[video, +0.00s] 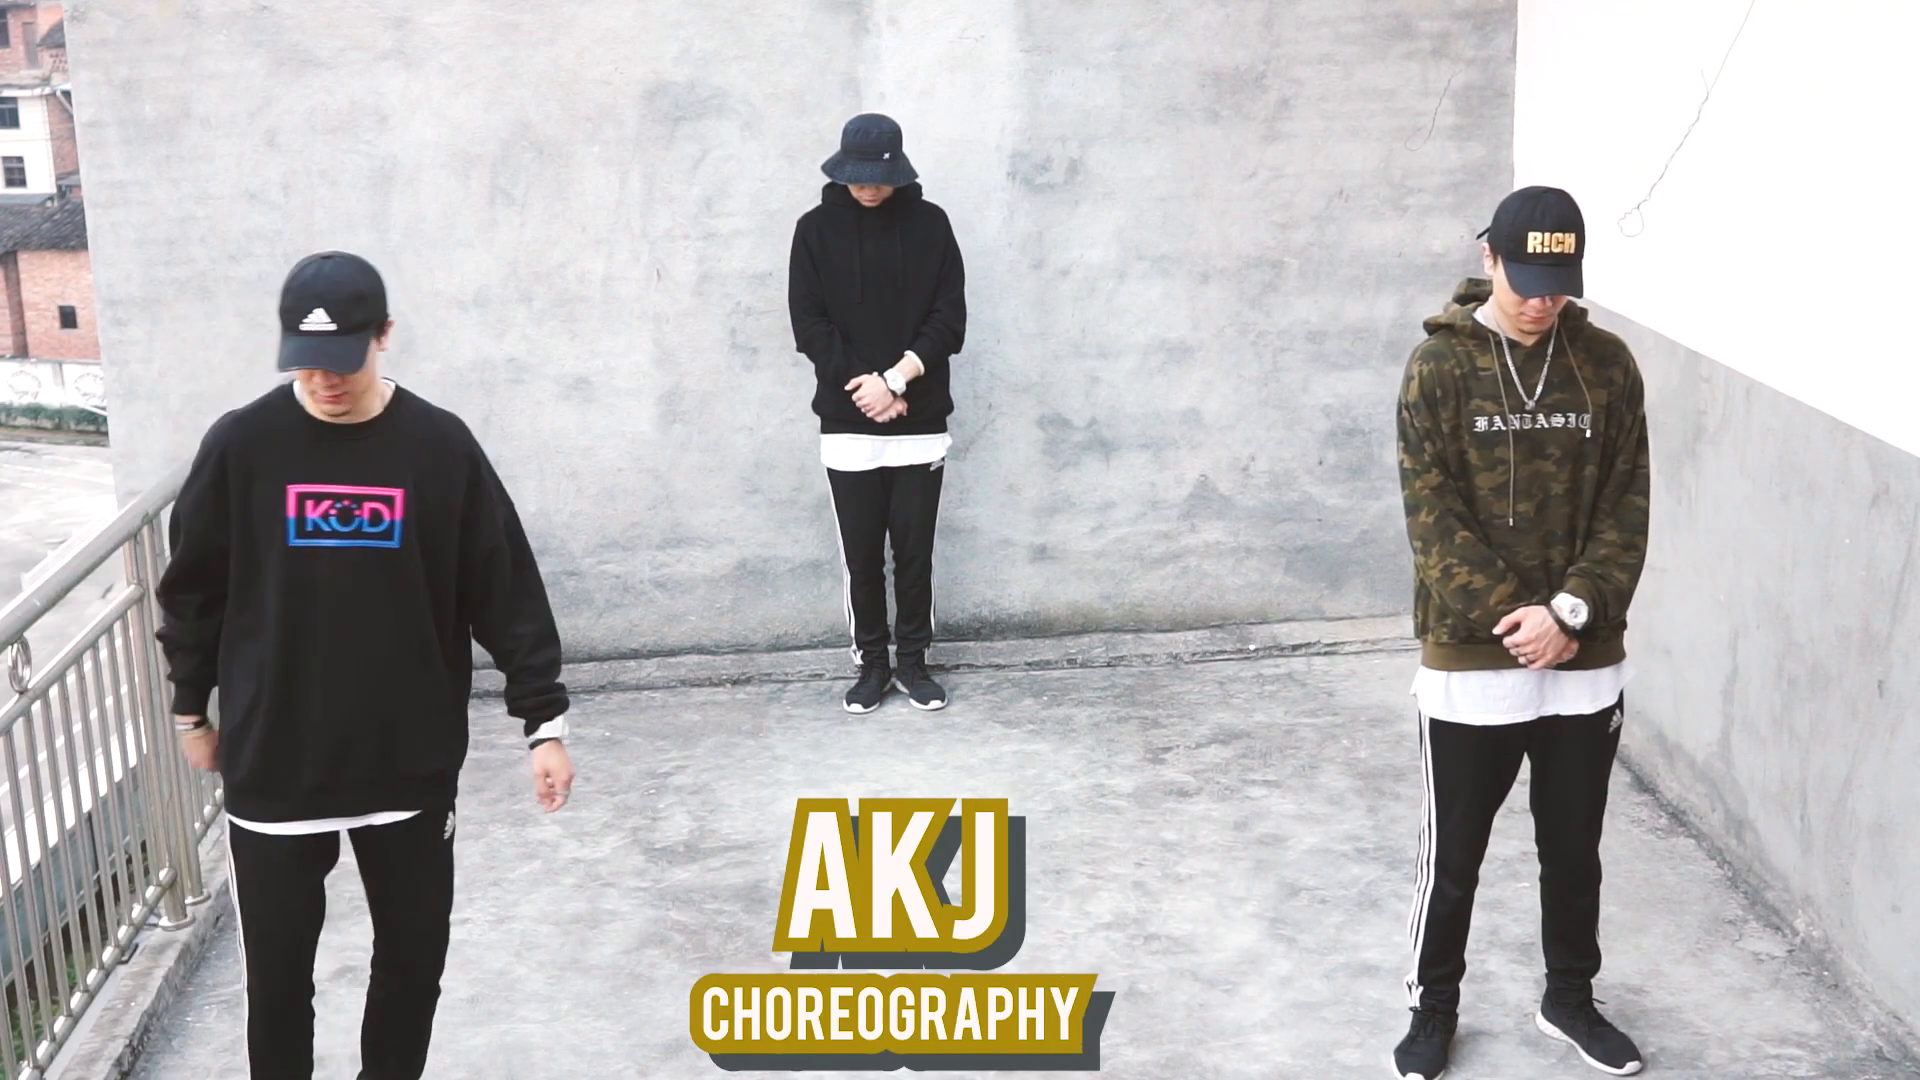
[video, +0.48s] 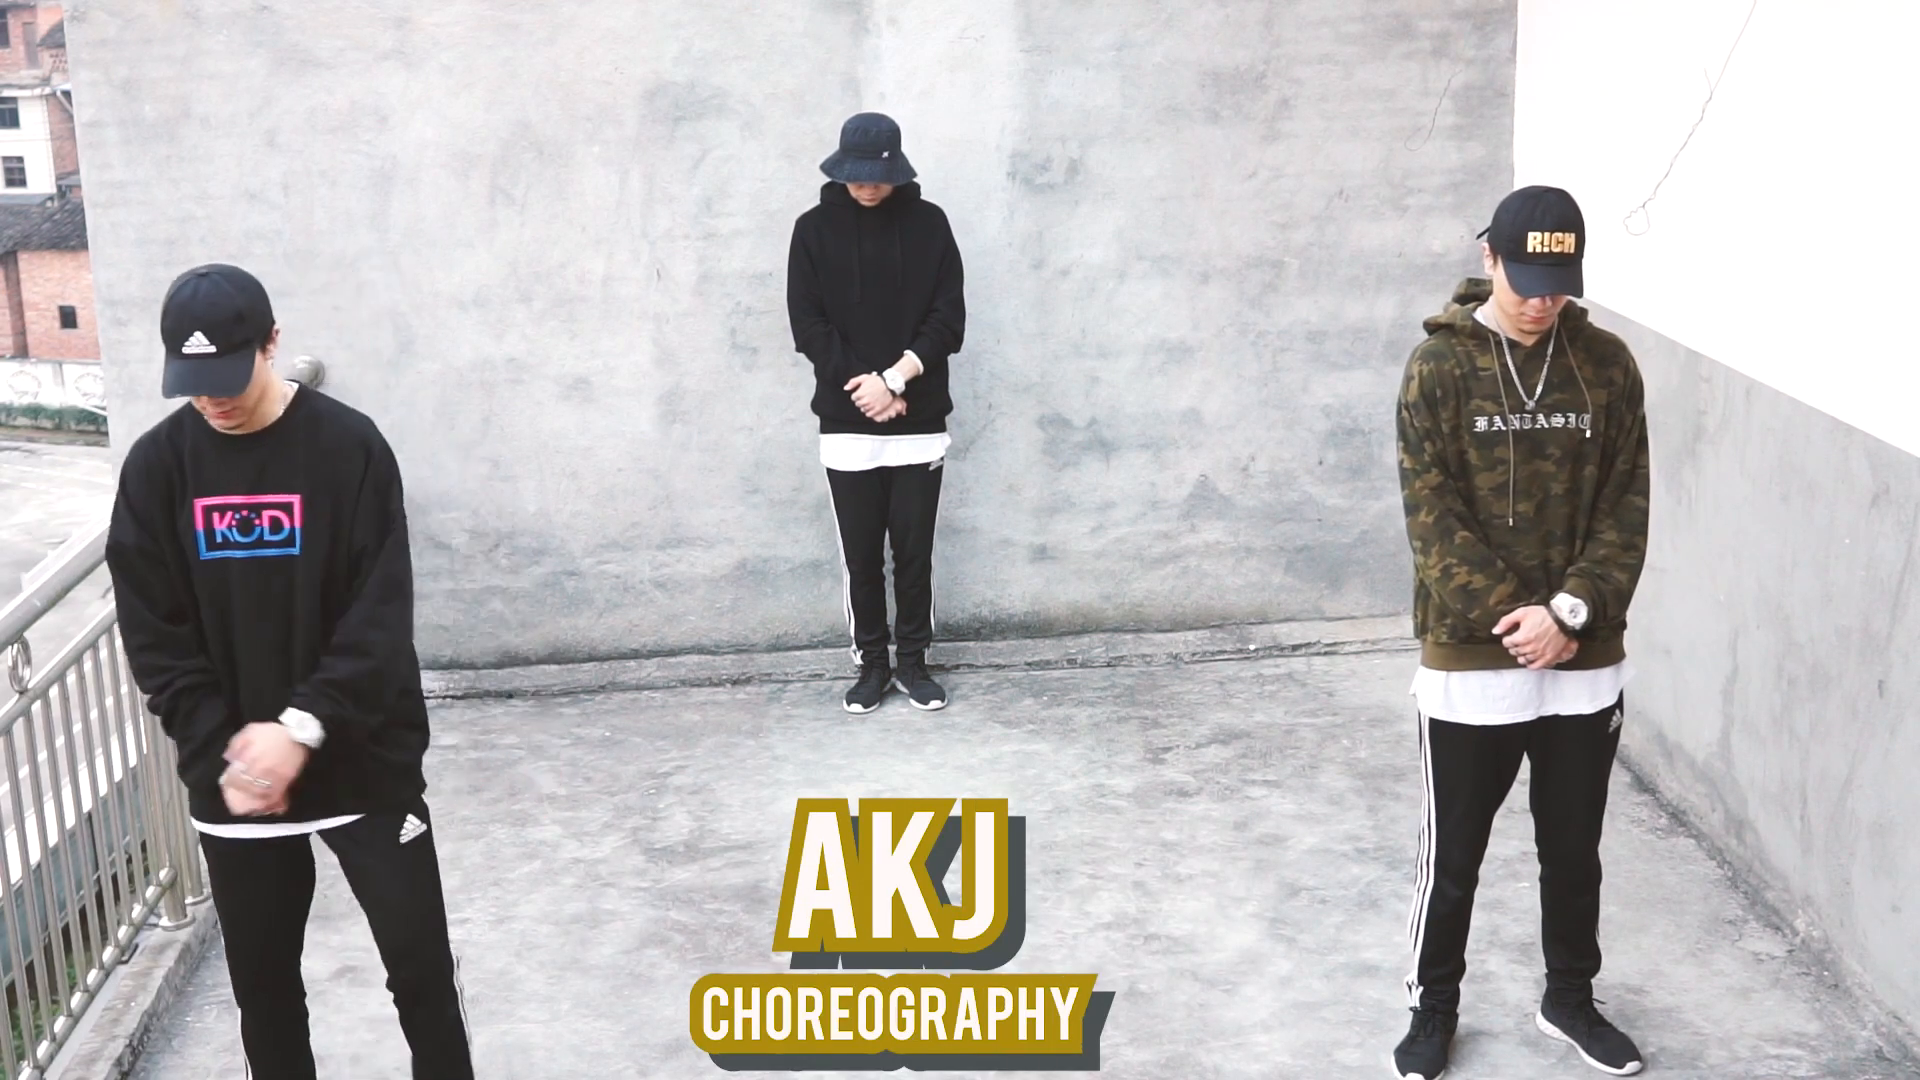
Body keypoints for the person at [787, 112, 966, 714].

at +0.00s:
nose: (869, 189)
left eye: (880, 178)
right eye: (858, 178)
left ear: (898, 173)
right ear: (842, 173)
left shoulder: (929, 223)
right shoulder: (816, 228)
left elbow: (950, 318)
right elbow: (808, 325)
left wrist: (897, 374)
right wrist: (864, 387)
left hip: (920, 416)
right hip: (846, 419)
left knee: (913, 550)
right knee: (862, 553)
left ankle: (913, 663)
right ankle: (873, 667)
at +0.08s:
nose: (868, 189)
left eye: (880, 178)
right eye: (858, 178)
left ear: (898, 173)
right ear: (841, 173)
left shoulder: (929, 222)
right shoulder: (816, 229)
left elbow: (949, 318)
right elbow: (808, 325)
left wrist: (897, 374)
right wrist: (864, 387)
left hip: (920, 416)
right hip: (846, 419)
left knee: (913, 551)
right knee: (862, 553)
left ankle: (913, 663)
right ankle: (873, 667)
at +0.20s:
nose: (868, 188)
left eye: (879, 178)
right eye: (857, 178)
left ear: (898, 172)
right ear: (841, 173)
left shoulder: (928, 222)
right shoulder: (815, 228)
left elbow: (949, 318)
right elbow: (808, 325)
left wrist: (896, 374)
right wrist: (864, 387)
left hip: (920, 415)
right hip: (846, 418)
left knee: (913, 549)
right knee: (861, 552)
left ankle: (913, 663)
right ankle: (873, 667)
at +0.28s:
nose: (868, 188)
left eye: (879, 177)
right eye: (857, 177)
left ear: (898, 172)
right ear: (841, 173)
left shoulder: (928, 222)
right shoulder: (815, 228)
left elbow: (949, 317)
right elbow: (807, 324)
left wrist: (897, 374)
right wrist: (863, 387)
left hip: (920, 415)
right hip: (846, 418)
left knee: (913, 549)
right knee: (861, 552)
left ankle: (913, 663)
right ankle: (873, 667)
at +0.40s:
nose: (867, 187)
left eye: (879, 177)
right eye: (857, 177)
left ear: (898, 172)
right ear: (840, 172)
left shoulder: (928, 222)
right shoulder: (814, 228)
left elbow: (949, 317)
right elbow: (806, 325)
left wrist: (896, 374)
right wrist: (863, 387)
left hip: (920, 415)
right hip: (846, 418)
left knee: (913, 549)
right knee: (861, 552)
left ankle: (913, 663)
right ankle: (873, 667)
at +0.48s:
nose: (867, 187)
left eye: (878, 177)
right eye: (856, 176)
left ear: (897, 172)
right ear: (840, 172)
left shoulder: (928, 222)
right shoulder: (814, 228)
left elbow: (949, 317)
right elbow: (806, 325)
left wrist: (896, 374)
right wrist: (864, 387)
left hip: (920, 415)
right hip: (845, 418)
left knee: (913, 549)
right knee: (861, 552)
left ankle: (913, 663)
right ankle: (873, 667)